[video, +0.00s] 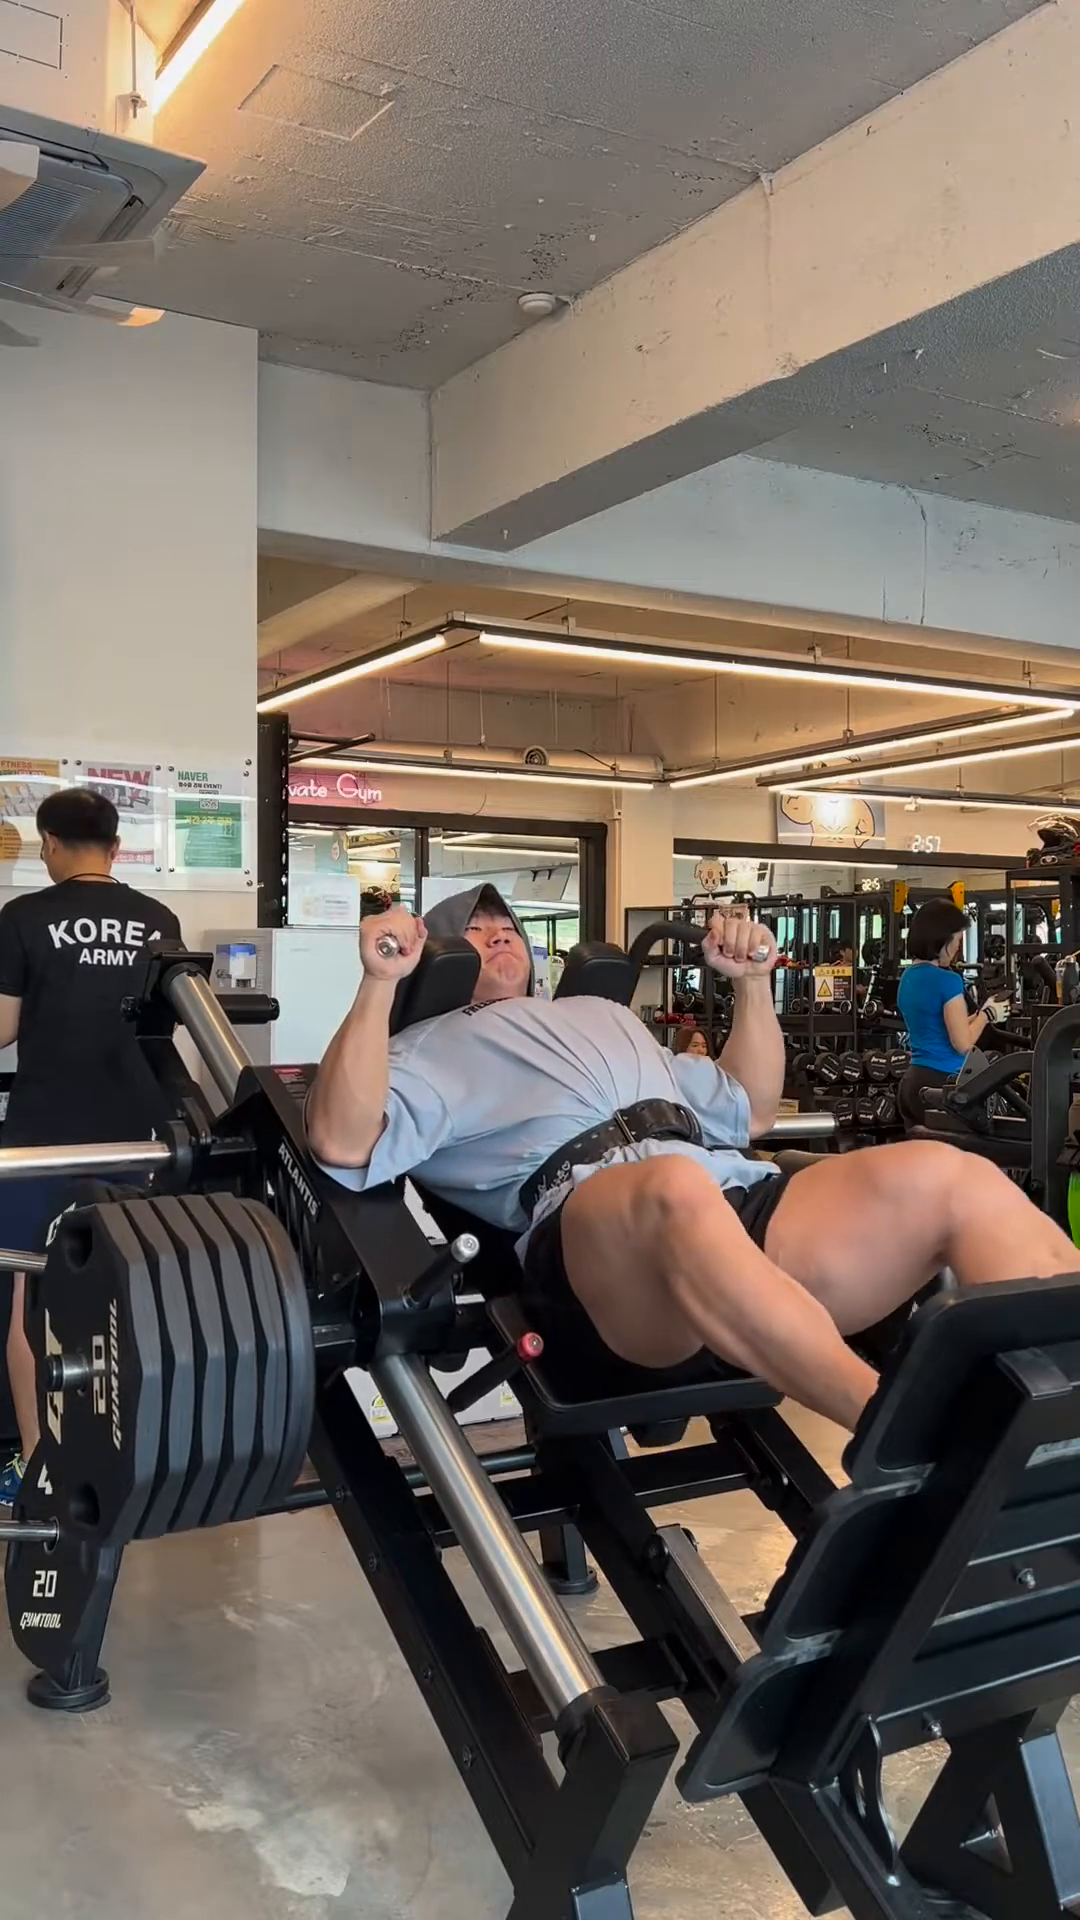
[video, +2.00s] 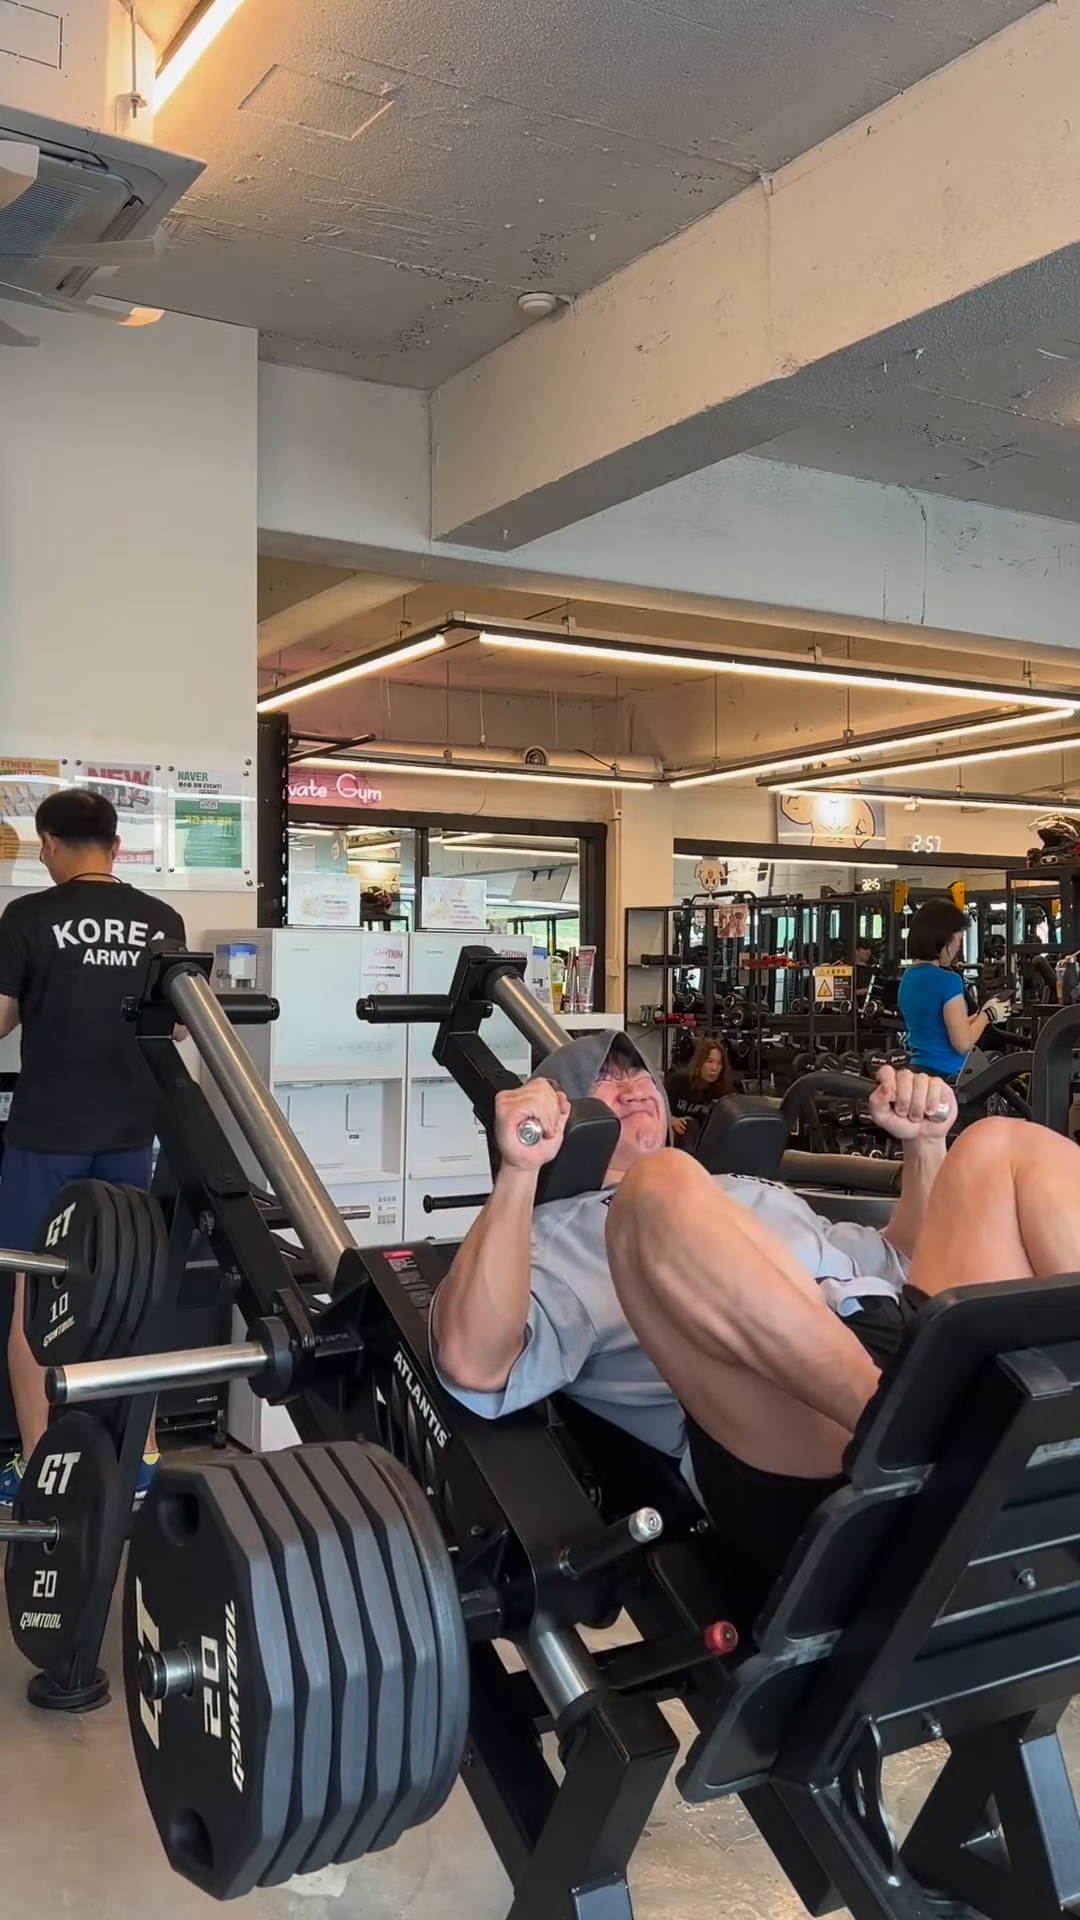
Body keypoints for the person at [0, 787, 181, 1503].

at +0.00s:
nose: (48, 857)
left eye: (45, 847)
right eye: (59, 848)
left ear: (48, 846)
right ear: (116, 849)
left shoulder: (25, 916)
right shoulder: (159, 918)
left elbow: (4, 1027)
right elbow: (173, 1020)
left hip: (44, 1133)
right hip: (139, 1130)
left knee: (21, 1297)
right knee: (128, 1290)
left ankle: (38, 1456)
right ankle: (126, 1448)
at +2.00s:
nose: (47, 859)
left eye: (44, 849)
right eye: (51, 849)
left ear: (48, 847)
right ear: (116, 848)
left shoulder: (28, 916)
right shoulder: (163, 918)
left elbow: (6, 1020)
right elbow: (178, 1023)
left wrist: (47, 1004)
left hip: (47, 1130)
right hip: (135, 1132)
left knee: (26, 1298)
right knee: (130, 1288)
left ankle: (41, 1462)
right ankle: (138, 1447)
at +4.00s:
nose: (49, 858)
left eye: (47, 847)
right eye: (56, 848)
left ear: (50, 846)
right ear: (117, 848)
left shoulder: (29, 919)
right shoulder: (164, 921)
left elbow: (9, 1032)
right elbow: (170, 1021)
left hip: (50, 1130)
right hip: (142, 1128)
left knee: (23, 1297)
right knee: (128, 1287)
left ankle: (41, 1458)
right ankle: (131, 1445)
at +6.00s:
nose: (49, 858)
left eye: (46, 848)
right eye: (53, 849)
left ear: (52, 847)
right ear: (118, 847)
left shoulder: (33, 917)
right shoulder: (165, 920)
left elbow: (8, 1032)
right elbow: (179, 1031)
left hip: (47, 1139)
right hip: (139, 1141)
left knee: (29, 1299)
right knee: (133, 1297)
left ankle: (36, 1458)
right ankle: (136, 1463)